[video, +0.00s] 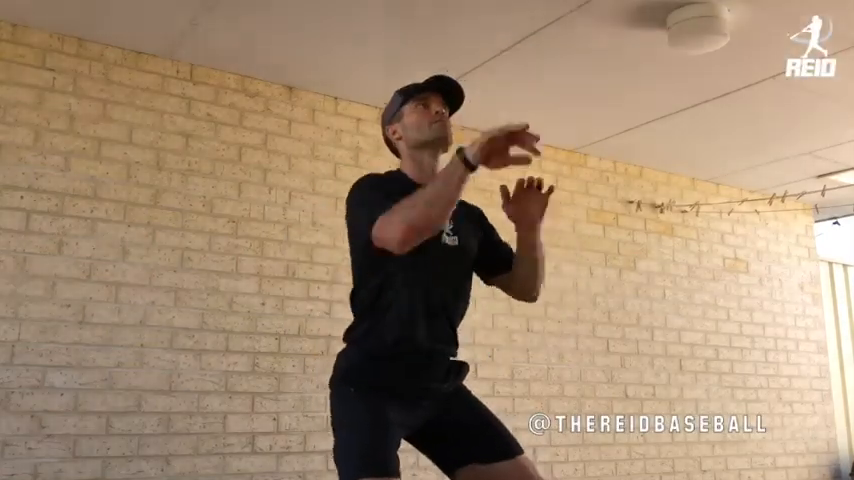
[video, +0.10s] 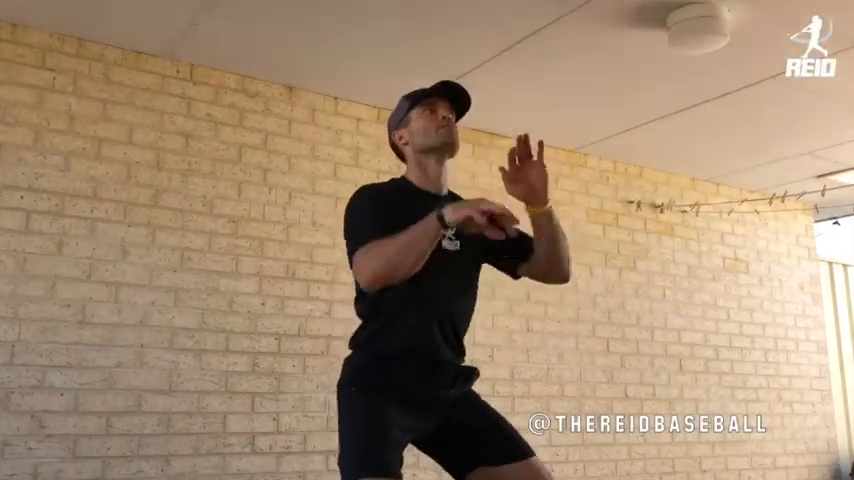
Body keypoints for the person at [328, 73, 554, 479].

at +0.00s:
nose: (438, 110)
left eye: (443, 107)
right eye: (421, 105)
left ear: (451, 128)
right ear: (394, 132)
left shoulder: (468, 217)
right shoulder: (372, 190)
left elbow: (526, 288)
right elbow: (397, 234)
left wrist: (528, 229)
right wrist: (468, 158)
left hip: (437, 384)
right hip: (368, 381)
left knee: (518, 473)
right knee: (371, 471)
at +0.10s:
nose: (446, 115)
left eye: (450, 112)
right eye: (429, 110)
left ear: (458, 136)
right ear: (401, 138)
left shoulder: (470, 215)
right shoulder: (372, 200)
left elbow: (555, 270)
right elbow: (371, 272)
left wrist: (539, 207)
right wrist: (446, 218)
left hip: (445, 388)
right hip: (377, 385)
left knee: (530, 474)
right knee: (371, 472)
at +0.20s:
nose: (456, 123)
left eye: (460, 119)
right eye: (439, 118)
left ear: (469, 142)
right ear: (412, 146)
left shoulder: (491, 218)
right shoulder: (382, 213)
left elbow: (584, 234)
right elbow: (358, 300)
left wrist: (547, 170)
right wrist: (422, 263)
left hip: (462, 395)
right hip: (391, 394)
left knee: (546, 475)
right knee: (378, 472)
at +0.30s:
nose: (463, 128)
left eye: (467, 124)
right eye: (446, 125)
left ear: (479, 146)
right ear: (421, 154)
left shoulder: (506, 214)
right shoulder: (393, 226)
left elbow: (595, 182)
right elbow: (360, 320)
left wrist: (577, 115)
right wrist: (408, 293)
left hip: (478, 398)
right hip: (405, 398)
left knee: (561, 476)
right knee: (386, 476)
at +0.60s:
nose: (480, 122)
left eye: (485, 120)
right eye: (463, 119)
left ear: (494, 143)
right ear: (438, 148)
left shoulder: (526, 214)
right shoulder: (414, 219)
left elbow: (623, 233)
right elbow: (393, 301)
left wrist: (616, 175)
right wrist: (451, 234)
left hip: (497, 395)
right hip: (425, 395)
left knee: (577, 475)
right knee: (399, 473)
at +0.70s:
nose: (496, 134)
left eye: (501, 127)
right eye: (481, 125)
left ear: (516, 145)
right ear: (454, 150)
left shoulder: (528, 227)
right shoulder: (430, 202)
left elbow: (608, 284)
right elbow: (446, 227)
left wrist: (609, 227)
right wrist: (498, 159)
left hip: (499, 396)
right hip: (429, 394)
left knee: (579, 475)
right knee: (408, 473)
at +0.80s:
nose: (517, 137)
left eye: (521, 131)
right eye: (499, 130)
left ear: (526, 148)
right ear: (470, 152)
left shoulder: (535, 240)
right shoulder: (457, 200)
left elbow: (587, 312)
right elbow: (519, 146)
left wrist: (606, 256)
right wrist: (550, 94)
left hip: (502, 396)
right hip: (438, 390)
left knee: (579, 476)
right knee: (419, 475)